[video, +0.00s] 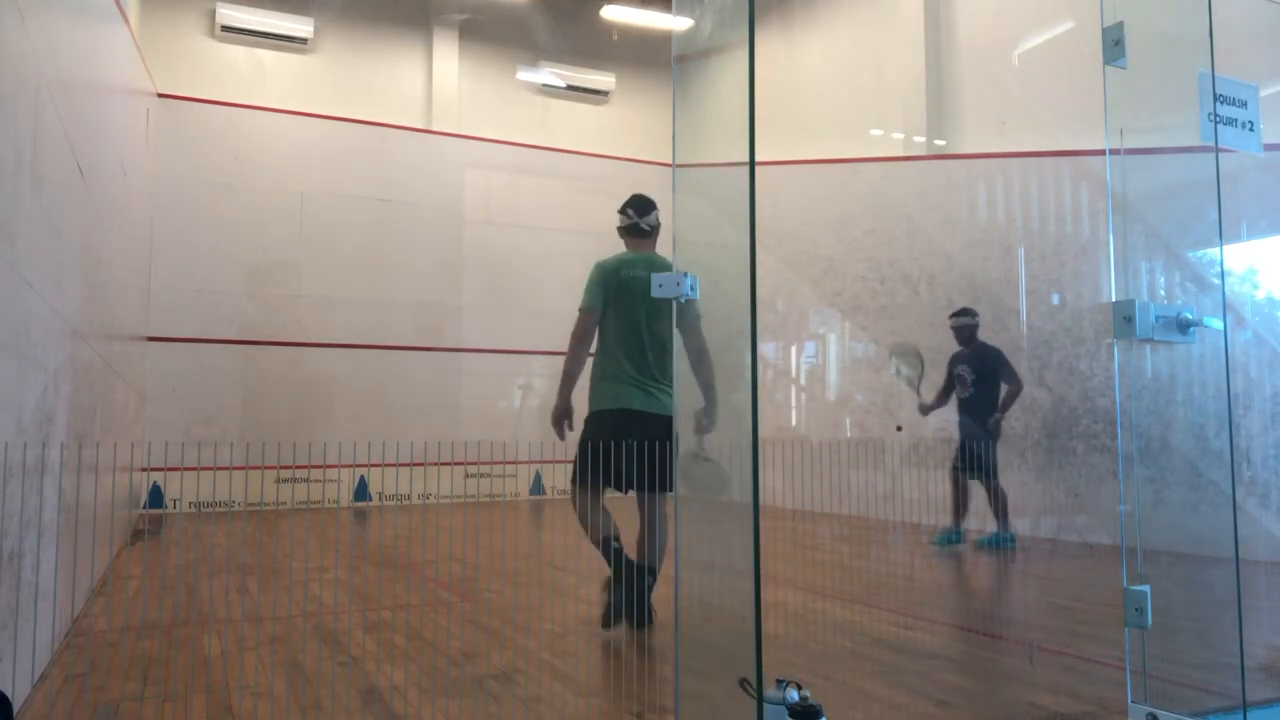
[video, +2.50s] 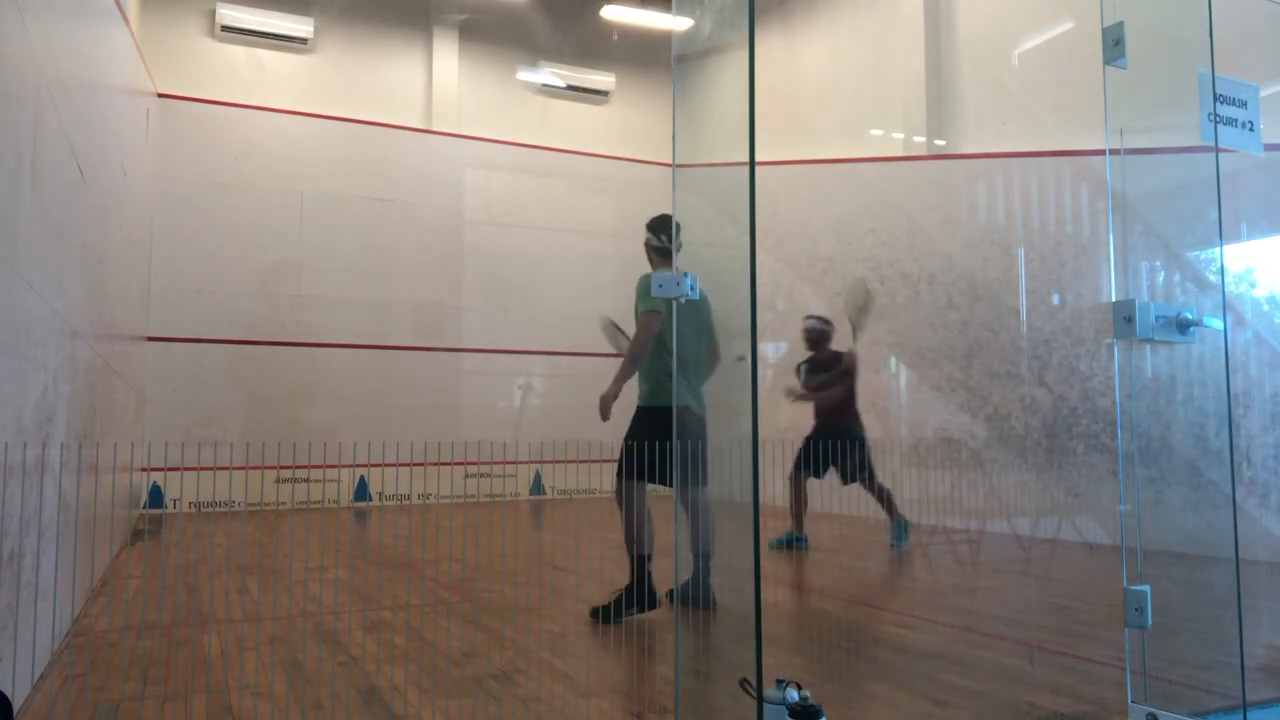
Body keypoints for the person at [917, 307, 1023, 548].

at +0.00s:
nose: (957, 334)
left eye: (962, 329)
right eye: (954, 329)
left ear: (974, 328)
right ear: (952, 330)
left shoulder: (990, 354)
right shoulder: (957, 359)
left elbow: (1015, 385)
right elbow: (947, 390)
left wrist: (999, 415)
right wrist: (931, 406)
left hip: (985, 427)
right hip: (968, 427)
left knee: (958, 472)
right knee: (988, 480)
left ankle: (955, 529)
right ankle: (1004, 532)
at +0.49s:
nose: (917, 337)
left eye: (921, 332)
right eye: (914, 332)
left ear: (934, 331)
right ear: (913, 333)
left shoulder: (949, 357)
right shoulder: (917, 358)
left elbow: (968, 392)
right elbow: (912, 390)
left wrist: (954, 419)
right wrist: (896, 415)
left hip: (943, 427)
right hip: (922, 426)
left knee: (937, 478)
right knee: (906, 471)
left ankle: (941, 529)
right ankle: (947, 512)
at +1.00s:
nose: (891, 341)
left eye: (895, 335)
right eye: (887, 336)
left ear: (905, 334)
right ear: (883, 337)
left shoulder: (920, 357)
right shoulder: (884, 362)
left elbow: (938, 383)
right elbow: (869, 393)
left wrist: (912, 381)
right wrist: (854, 419)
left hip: (916, 427)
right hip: (894, 428)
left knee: (915, 477)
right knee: (899, 478)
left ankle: (926, 525)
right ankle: (905, 525)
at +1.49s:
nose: (878, 332)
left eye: (883, 328)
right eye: (875, 328)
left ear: (893, 330)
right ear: (873, 330)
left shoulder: (910, 357)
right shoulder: (870, 361)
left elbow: (934, 385)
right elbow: (858, 391)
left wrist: (939, 411)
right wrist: (849, 416)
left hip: (906, 427)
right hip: (882, 428)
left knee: (905, 477)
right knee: (892, 480)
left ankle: (909, 527)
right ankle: (902, 524)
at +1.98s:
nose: (871, 328)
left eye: (877, 324)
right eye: (869, 324)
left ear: (889, 327)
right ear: (865, 327)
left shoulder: (900, 357)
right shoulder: (859, 358)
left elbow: (899, 392)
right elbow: (851, 387)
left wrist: (891, 421)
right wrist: (874, 385)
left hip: (895, 424)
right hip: (869, 423)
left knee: (901, 479)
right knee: (855, 476)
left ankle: (908, 528)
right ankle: (883, 510)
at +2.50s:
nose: (806, 337)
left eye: (811, 333)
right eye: (805, 333)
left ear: (825, 335)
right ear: (805, 335)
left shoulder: (845, 359)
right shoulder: (804, 367)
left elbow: (841, 392)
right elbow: (813, 388)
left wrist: (804, 395)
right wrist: (842, 369)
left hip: (848, 430)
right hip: (822, 431)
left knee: (868, 481)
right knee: (797, 478)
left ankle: (899, 521)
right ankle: (797, 533)